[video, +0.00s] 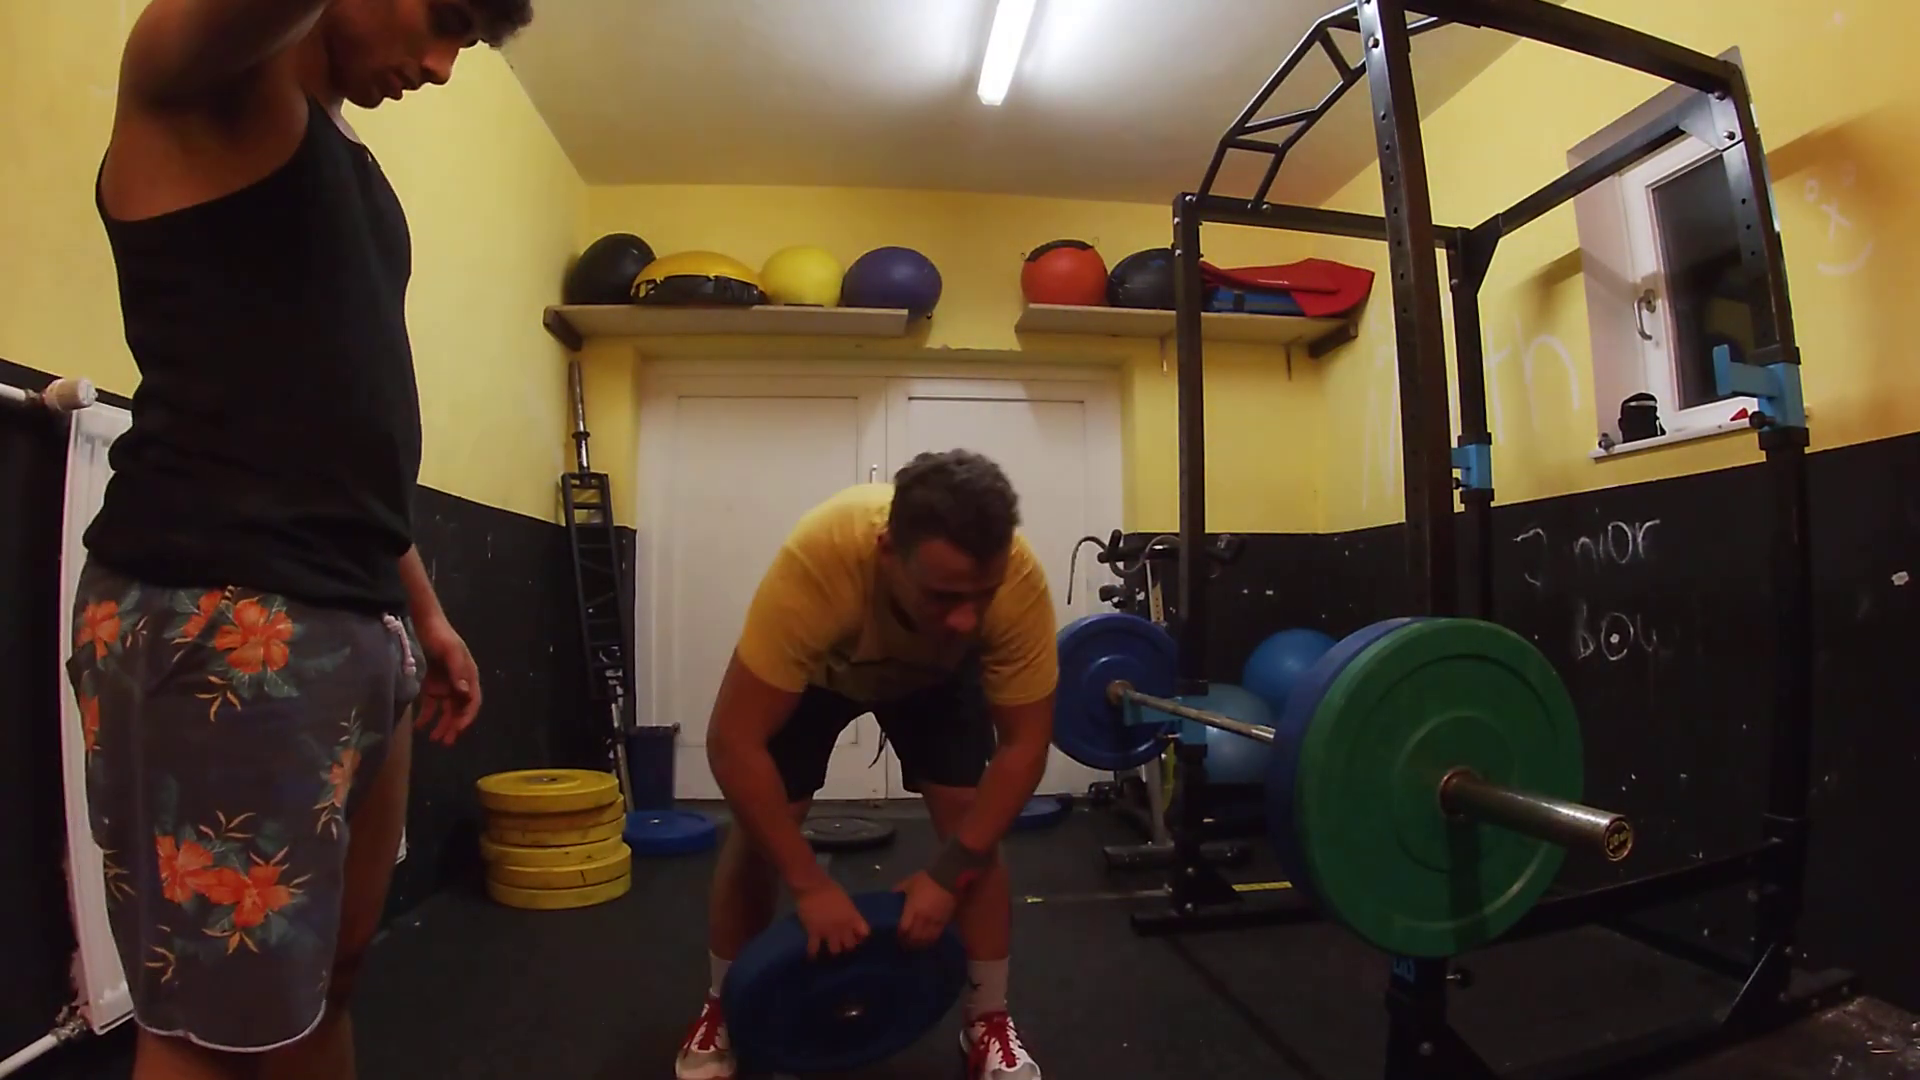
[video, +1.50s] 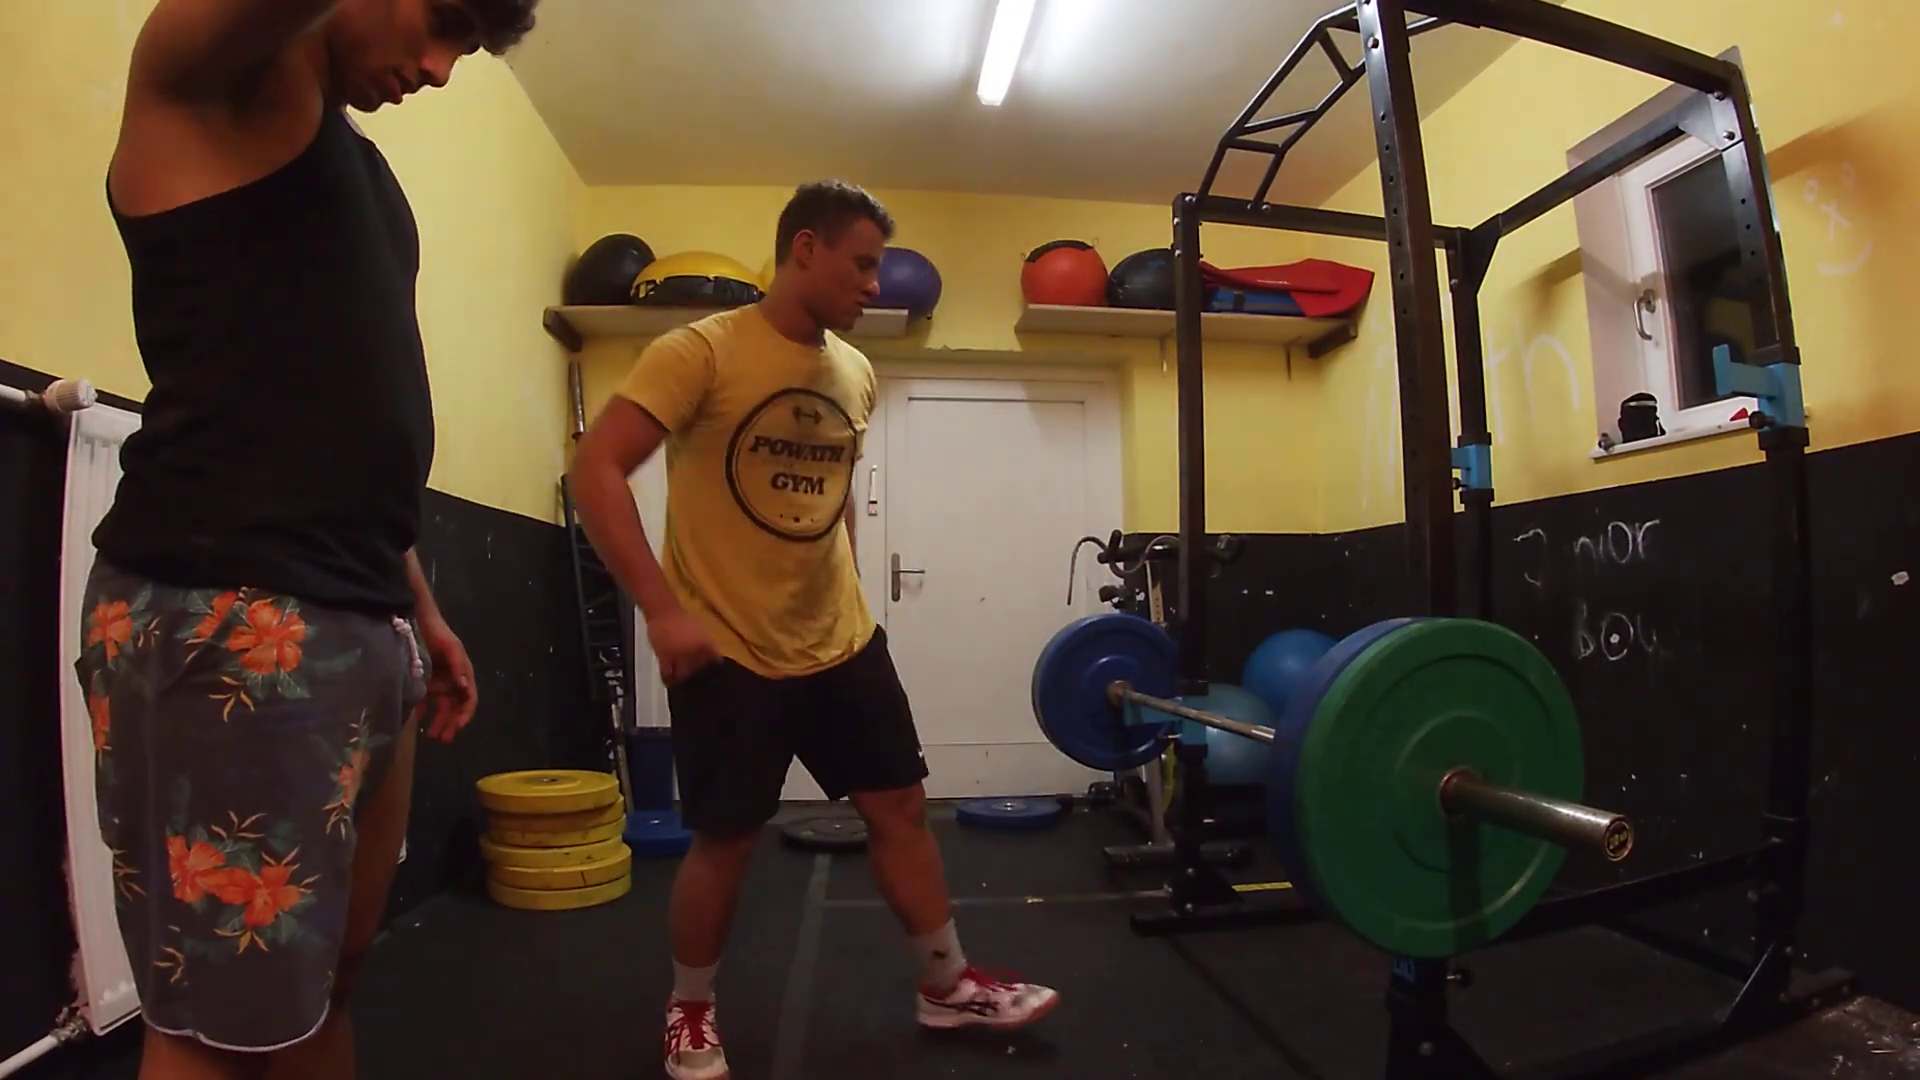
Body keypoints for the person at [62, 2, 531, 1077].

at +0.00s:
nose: (441, 69)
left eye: (463, 49)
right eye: (445, 28)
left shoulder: (342, 151)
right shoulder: (198, 86)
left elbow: (347, 401)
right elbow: (229, 28)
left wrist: (420, 605)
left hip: (357, 619)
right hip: (223, 617)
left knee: (325, 996)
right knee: (215, 1034)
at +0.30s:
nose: (432, 66)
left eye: (454, 46)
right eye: (436, 26)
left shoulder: (338, 146)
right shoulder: (193, 68)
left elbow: (334, 398)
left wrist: (399, 599)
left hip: (345, 617)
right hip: (218, 617)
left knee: (320, 999)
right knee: (211, 1038)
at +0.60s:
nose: (428, 59)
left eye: (452, 39)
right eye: (432, 18)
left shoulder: (339, 147)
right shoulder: (186, 71)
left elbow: (341, 401)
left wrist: (413, 600)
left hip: (350, 624)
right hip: (215, 623)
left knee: (319, 1002)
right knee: (209, 1042)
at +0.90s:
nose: (439, 55)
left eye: (464, 37)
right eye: (442, 16)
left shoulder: (344, 157)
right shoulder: (193, 75)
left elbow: (340, 407)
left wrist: (417, 604)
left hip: (355, 624)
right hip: (217, 623)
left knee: (324, 998)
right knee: (212, 1042)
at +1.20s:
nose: (442, 68)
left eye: (466, 50)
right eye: (448, 26)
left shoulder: (349, 159)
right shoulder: (207, 71)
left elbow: (339, 405)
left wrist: (405, 608)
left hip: (354, 621)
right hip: (228, 620)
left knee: (324, 1001)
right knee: (213, 1037)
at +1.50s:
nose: (440, 71)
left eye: (463, 54)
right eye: (444, 30)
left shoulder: (353, 158)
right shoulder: (208, 76)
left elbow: (344, 401)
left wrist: (414, 600)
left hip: (357, 618)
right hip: (229, 616)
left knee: (323, 999)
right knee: (217, 1032)